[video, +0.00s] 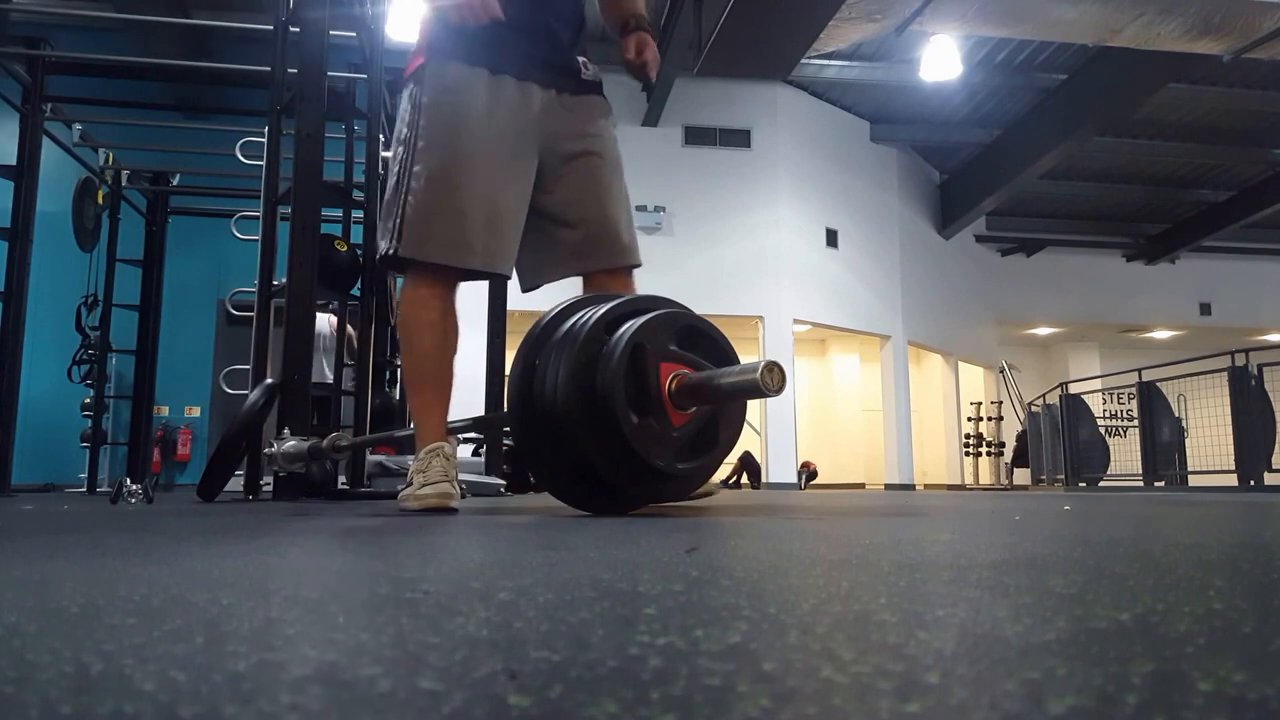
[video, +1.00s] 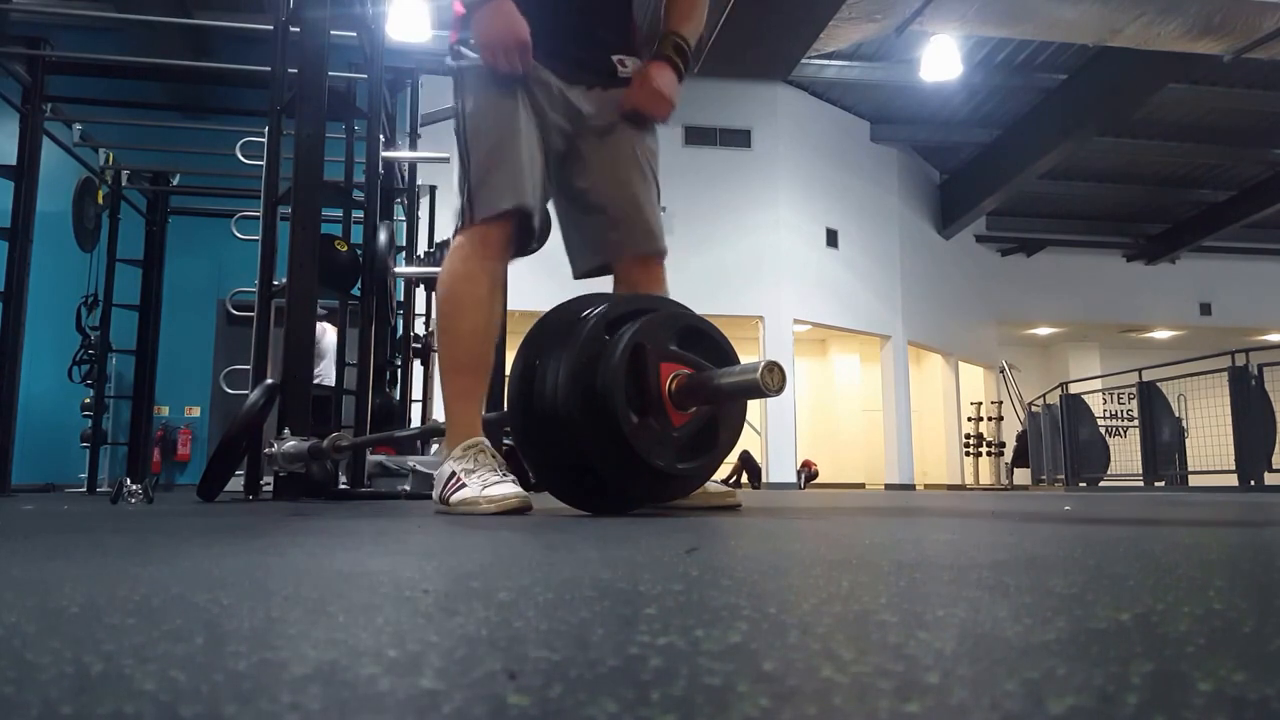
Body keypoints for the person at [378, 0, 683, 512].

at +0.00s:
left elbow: (616, 3)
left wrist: (633, 24)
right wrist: (444, 1)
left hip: (567, 64)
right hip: (469, 46)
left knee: (612, 261)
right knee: (434, 265)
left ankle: (636, 458)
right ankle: (433, 453)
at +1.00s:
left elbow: (693, 2)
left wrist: (671, 57)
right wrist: (488, 3)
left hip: (616, 71)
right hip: (511, 47)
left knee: (642, 253)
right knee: (492, 225)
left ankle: (661, 461)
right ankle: (464, 451)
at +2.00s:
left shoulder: (721, 19)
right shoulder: (547, 10)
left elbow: (666, 144)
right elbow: (524, 167)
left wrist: (622, 219)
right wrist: (546, 318)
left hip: (578, 118)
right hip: (467, 92)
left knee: (650, 237)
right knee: (479, 210)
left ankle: (646, 457)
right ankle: (438, 453)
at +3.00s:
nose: (715, 20)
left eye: (730, 11)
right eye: (710, 2)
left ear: (736, 10)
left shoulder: (717, 38)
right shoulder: (557, 17)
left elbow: (661, 156)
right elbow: (539, 198)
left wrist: (631, 211)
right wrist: (579, 349)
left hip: (562, 118)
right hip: (459, 95)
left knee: (640, 236)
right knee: (492, 207)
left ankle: (637, 457)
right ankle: (440, 453)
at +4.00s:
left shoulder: (725, 2)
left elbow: (712, 112)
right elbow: (507, 71)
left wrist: (701, 246)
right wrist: (532, 227)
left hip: (572, 104)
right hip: (472, 75)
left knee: (629, 245)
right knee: (492, 221)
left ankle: (645, 459)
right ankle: (466, 450)